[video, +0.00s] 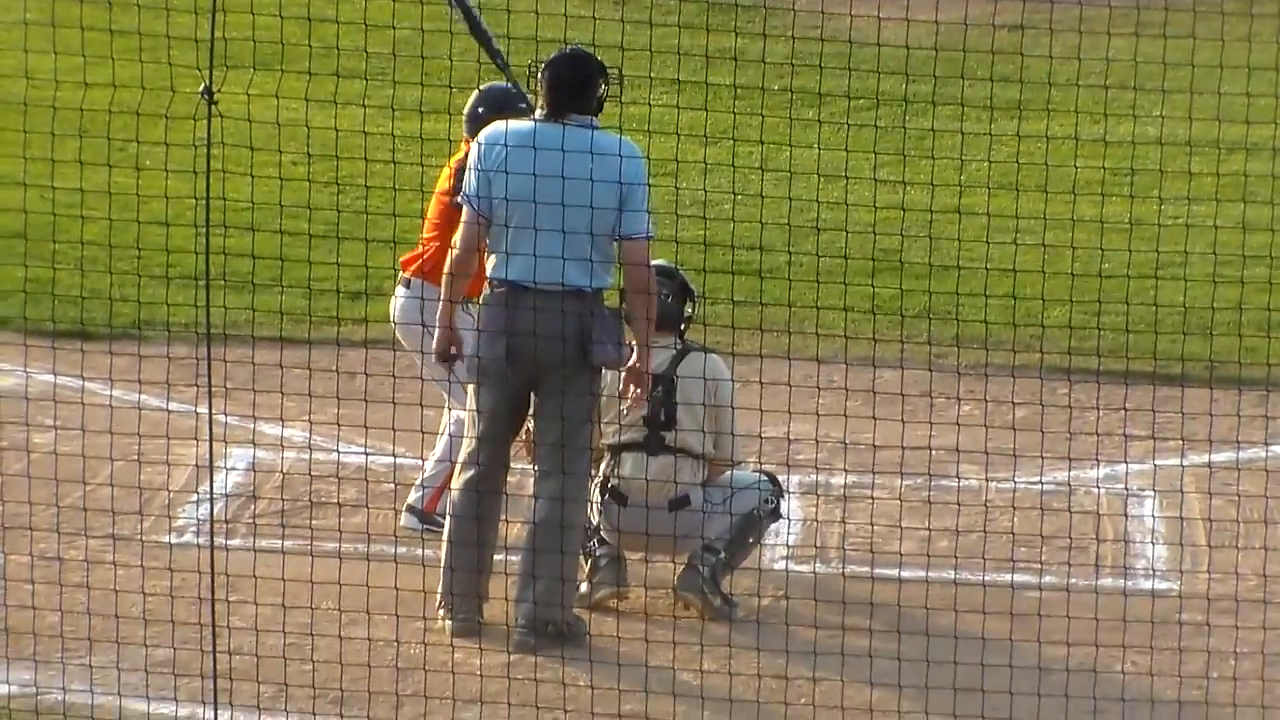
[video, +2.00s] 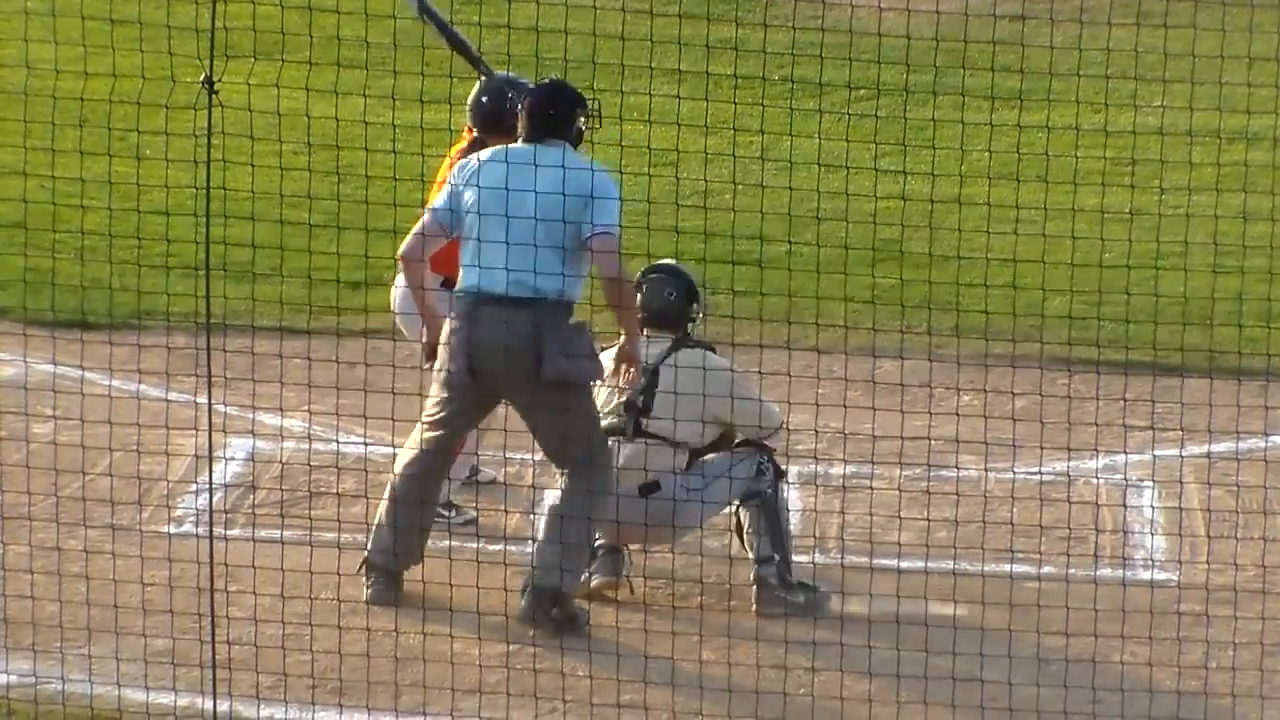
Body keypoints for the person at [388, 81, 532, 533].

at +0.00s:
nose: (523, 136)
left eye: (523, 127)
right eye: (518, 125)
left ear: (475, 124)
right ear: (498, 126)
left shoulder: (466, 163)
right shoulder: (476, 166)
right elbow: (472, 245)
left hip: (418, 300)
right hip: (433, 304)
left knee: (472, 401)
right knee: (480, 402)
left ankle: (431, 498)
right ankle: (428, 500)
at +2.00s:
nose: (526, 130)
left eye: (526, 121)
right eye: (522, 121)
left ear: (477, 118)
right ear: (509, 121)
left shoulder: (470, 151)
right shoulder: (477, 165)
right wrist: (430, 313)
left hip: (429, 282)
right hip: (431, 288)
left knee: (474, 370)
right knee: (461, 381)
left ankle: (466, 462)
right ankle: (440, 488)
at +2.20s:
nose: (523, 137)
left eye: (524, 127)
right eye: (518, 128)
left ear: (481, 124)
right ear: (500, 128)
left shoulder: (486, 156)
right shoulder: (471, 167)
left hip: (449, 281)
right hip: (431, 284)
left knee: (471, 374)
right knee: (452, 384)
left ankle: (463, 462)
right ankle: (435, 490)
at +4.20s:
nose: (539, 179)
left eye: (539, 171)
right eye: (534, 171)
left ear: (498, 170)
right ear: (516, 173)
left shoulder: (514, 213)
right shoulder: (477, 209)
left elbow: (522, 265)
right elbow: (482, 279)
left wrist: (556, 260)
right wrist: (534, 257)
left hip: (451, 325)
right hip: (411, 322)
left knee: (485, 403)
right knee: (468, 410)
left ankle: (441, 503)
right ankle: (434, 507)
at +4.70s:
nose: (514, 131)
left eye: (514, 123)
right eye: (507, 124)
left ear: (481, 127)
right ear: (487, 127)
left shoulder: (489, 161)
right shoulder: (445, 175)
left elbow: (486, 212)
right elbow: (430, 249)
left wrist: (512, 230)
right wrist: (484, 231)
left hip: (454, 286)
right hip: (415, 289)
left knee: (462, 388)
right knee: (445, 397)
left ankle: (410, 465)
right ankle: (434, 504)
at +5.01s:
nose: (471, 102)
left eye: (470, 94)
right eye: (465, 95)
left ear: (433, 97)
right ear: (444, 98)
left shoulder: (434, 136)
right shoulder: (407, 144)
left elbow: (441, 191)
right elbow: (399, 221)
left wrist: (479, 189)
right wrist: (453, 200)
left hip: (414, 274)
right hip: (392, 276)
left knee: (417, 381)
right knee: (435, 383)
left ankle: (354, 473)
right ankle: (432, 506)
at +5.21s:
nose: (435, 103)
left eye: (436, 94)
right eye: (432, 93)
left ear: (394, 85)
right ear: (414, 92)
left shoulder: (377, 123)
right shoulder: (379, 135)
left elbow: (390, 189)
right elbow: (373, 209)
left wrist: (419, 172)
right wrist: (425, 197)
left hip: (356, 260)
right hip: (361, 264)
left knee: (374, 377)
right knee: (394, 378)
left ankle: (345, 485)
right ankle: (405, 498)